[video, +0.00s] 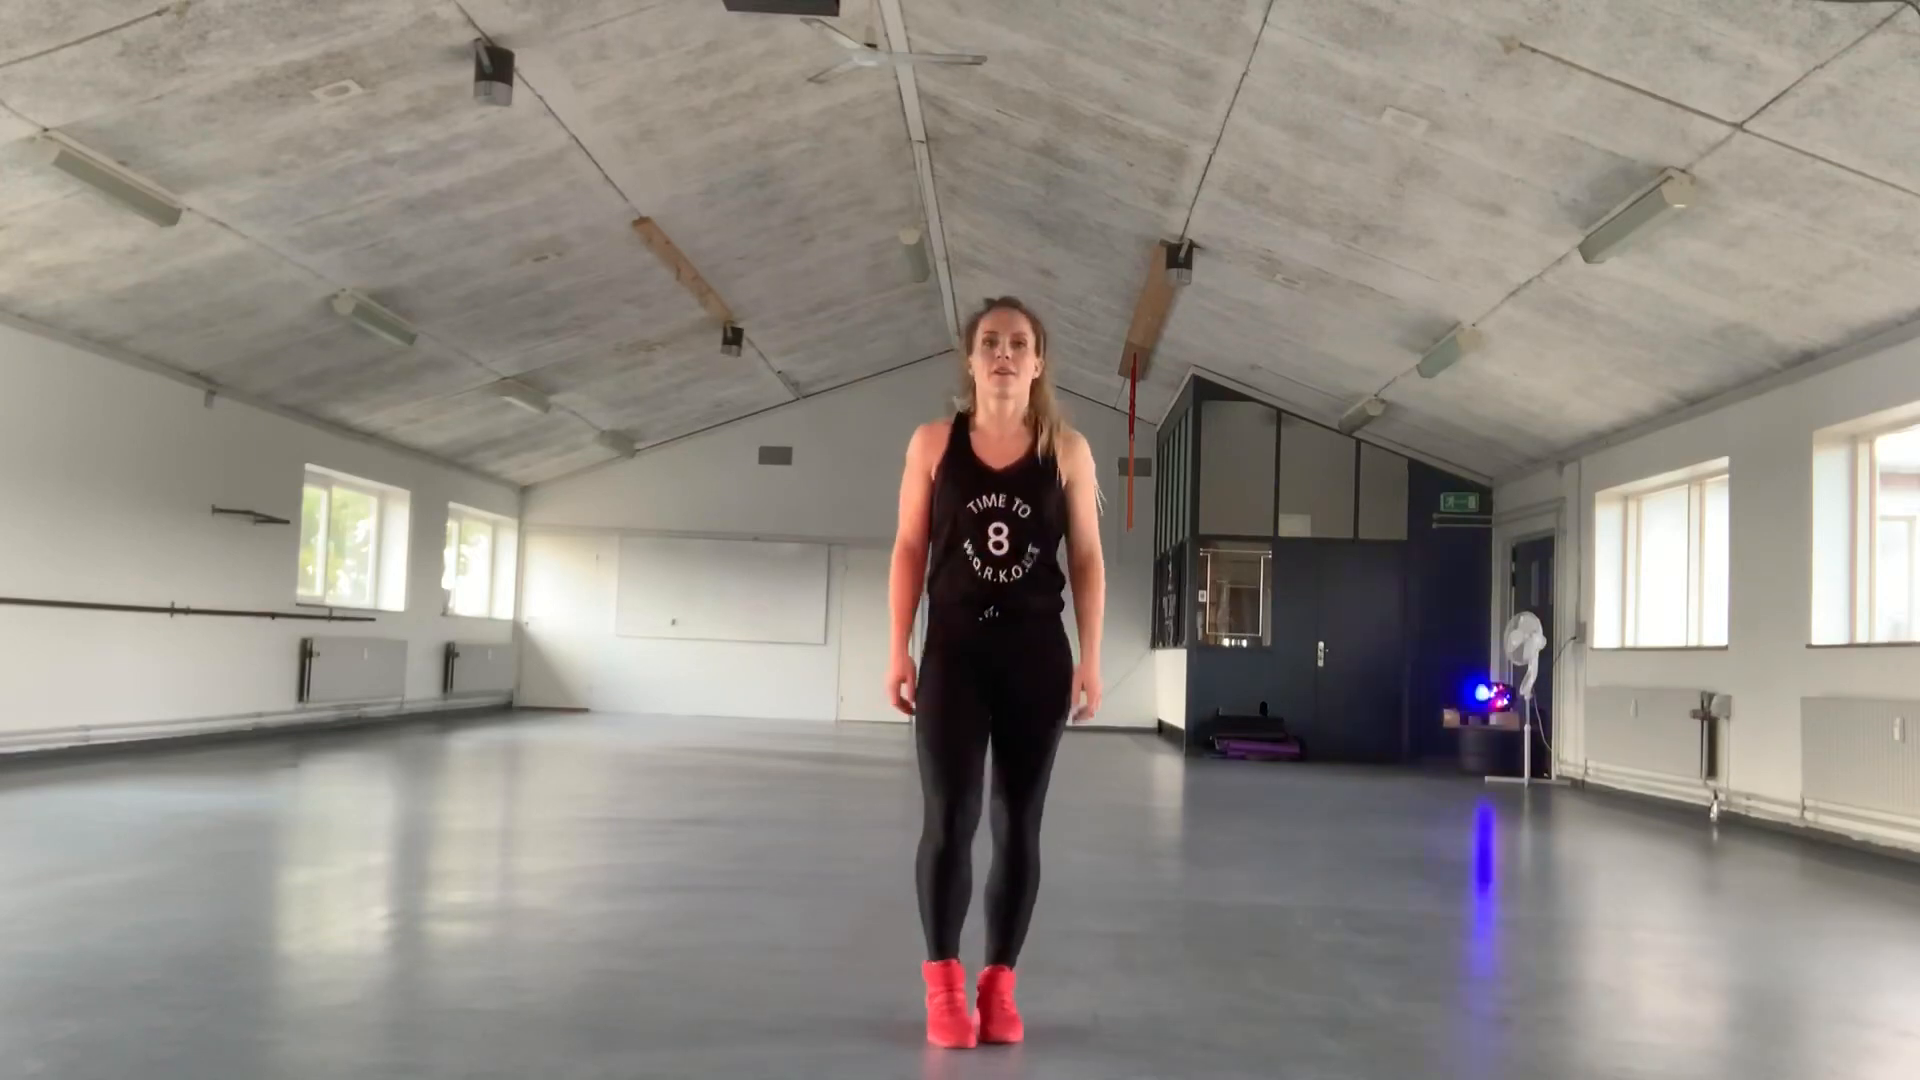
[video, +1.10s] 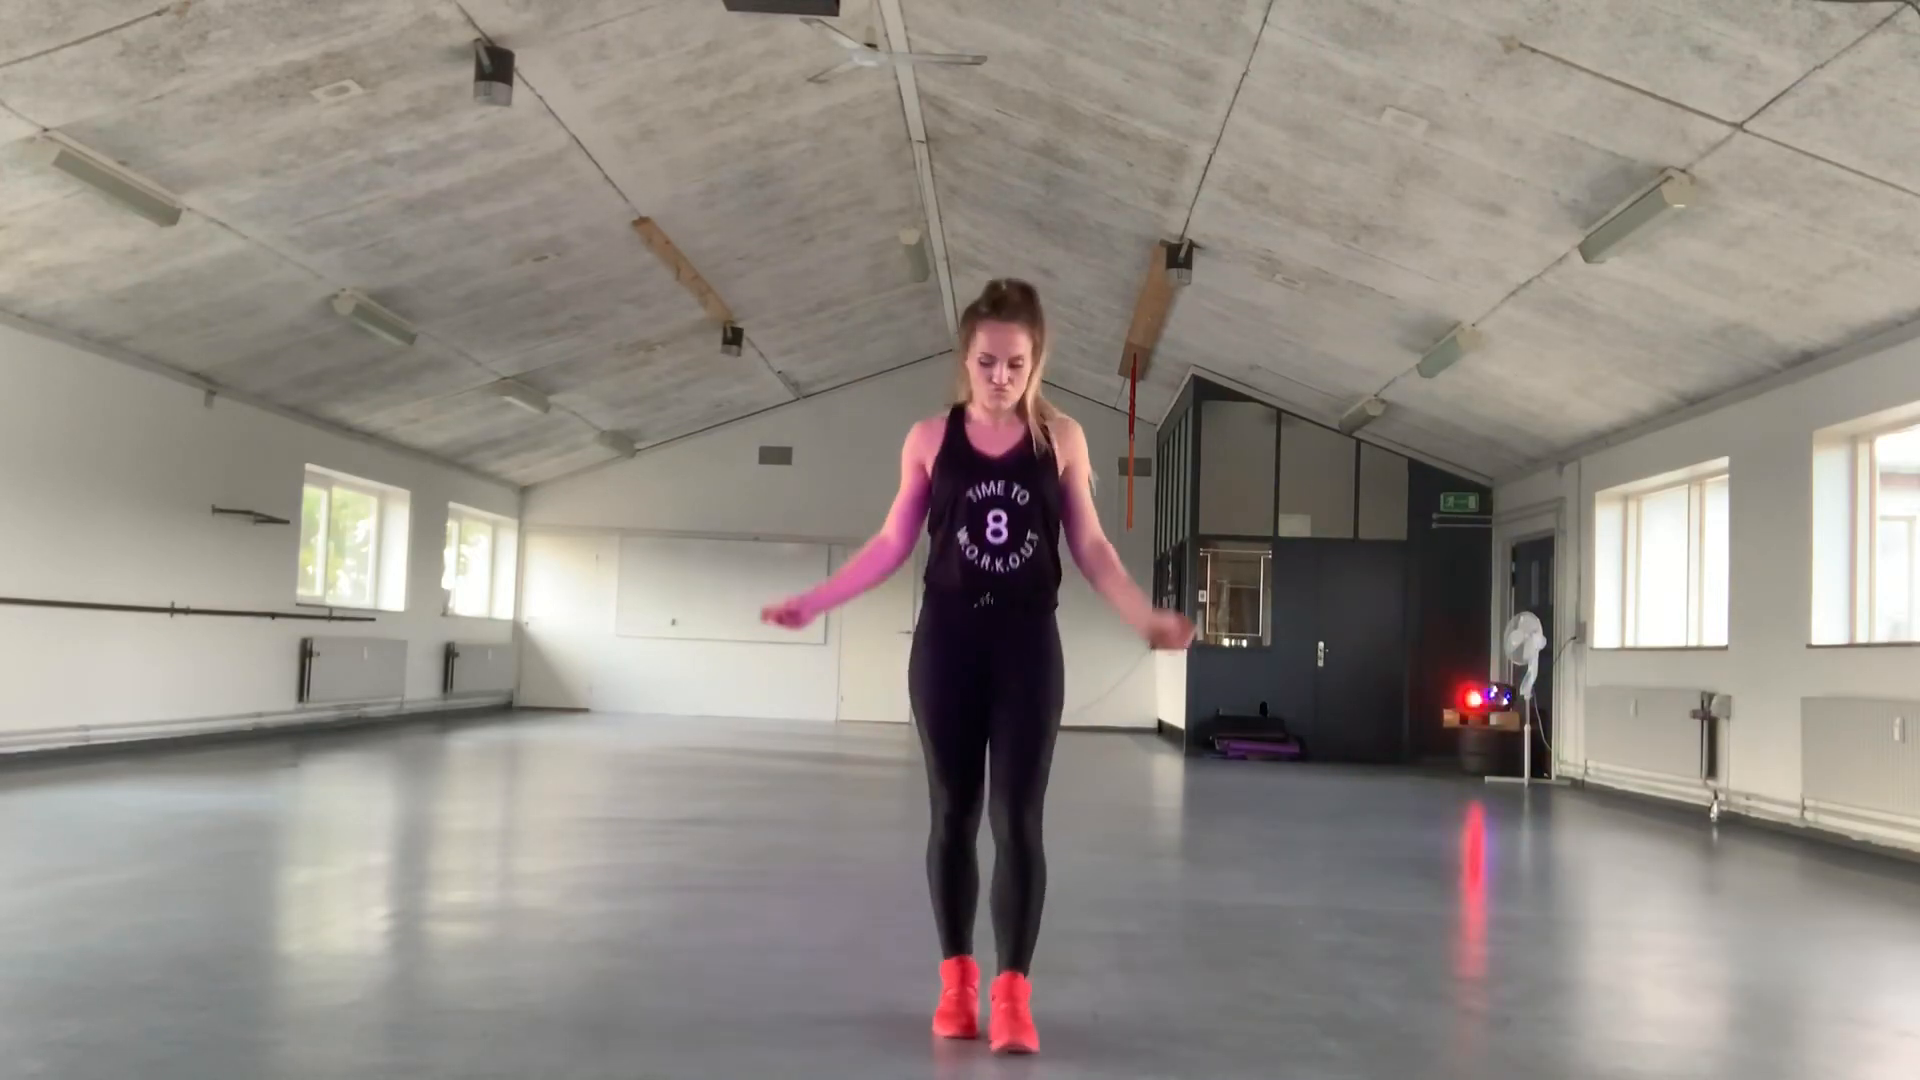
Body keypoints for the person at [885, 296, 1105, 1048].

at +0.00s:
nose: (1005, 355)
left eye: (1019, 344)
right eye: (992, 344)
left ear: (1039, 360)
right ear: (970, 358)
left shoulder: (1067, 450)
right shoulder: (933, 443)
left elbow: (1087, 562)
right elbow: (910, 548)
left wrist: (1089, 657)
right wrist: (899, 648)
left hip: (1037, 656)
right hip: (951, 654)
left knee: (1019, 822)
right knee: (951, 818)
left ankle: (1001, 980)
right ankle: (943, 977)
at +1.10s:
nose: (1000, 374)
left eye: (1015, 360)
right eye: (988, 358)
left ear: (1035, 364)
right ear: (965, 357)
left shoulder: (1060, 437)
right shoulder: (930, 439)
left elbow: (1092, 550)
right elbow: (891, 546)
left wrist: (1146, 619)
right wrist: (814, 602)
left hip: (1028, 648)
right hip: (946, 646)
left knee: (1017, 813)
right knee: (954, 811)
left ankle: (1013, 985)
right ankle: (958, 974)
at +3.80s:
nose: (1018, 391)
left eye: (1034, 381)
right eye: (1007, 378)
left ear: (1056, 399)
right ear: (989, 392)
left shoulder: (1069, 498)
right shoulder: (954, 448)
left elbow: (1092, 598)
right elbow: (901, 518)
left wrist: (1106, 688)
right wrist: (918, 570)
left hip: (1055, 656)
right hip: (976, 647)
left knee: (1035, 825)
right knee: (995, 756)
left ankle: (1006, 974)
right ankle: (965, 866)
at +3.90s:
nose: (1020, 379)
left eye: (1035, 368)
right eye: (1008, 367)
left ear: (1057, 385)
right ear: (990, 381)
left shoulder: (1074, 485)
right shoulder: (957, 437)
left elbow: (1096, 587)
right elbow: (911, 509)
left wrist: (1103, 672)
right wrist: (922, 564)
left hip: (1053, 651)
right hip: (975, 644)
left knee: (1035, 819)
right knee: (992, 769)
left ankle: (1005, 973)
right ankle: (964, 882)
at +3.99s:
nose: (1024, 355)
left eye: (1039, 344)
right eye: (1012, 343)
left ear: (1062, 358)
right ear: (993, 356)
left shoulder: (1090, 442)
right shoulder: (963, 427)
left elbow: (1103, 544)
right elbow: (924, 519)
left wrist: (1093, 612)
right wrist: (916, 598)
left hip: (1045, 643)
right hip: (965, 638)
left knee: (1026, 810)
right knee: (975, 794)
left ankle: (1008, 971)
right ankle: (960, 954)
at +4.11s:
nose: (1028, 357)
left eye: (1043, 345)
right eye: (1016, 345)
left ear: (1067, 360)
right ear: (996, 357)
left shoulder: (1092, 436)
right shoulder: (962, 444)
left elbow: (1113, 530)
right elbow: (931, 544)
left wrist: (1088, 594)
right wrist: (907, 637)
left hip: (1041, 641)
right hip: (963, 636)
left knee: (1020, 813)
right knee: (964, 806)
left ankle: (1003, 972)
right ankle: (955, 965)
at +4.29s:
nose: (1026, 388)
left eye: (1041, 377)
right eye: (1014, 375)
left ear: (1062, 392)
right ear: (994, 388)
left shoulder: (1081, 477)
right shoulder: (962, 446)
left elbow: (1094, 581)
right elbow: (920, 528)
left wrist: (1101, 672)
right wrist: (932, 595)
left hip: (1061, 663)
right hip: (980, 655)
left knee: (1039, 828)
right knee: (981, 785)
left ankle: (1007, 976)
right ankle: (958, 904)